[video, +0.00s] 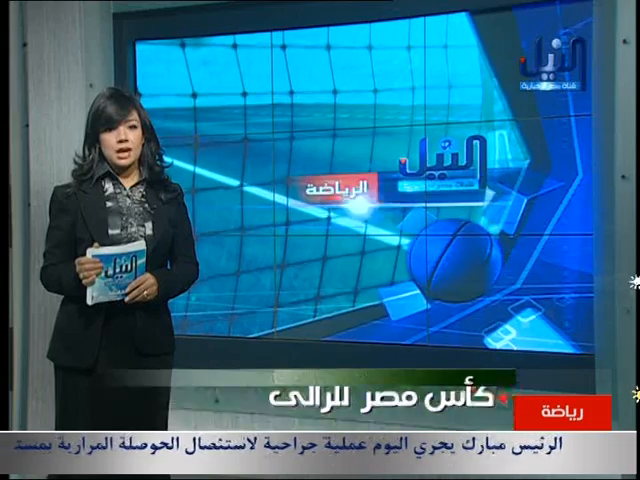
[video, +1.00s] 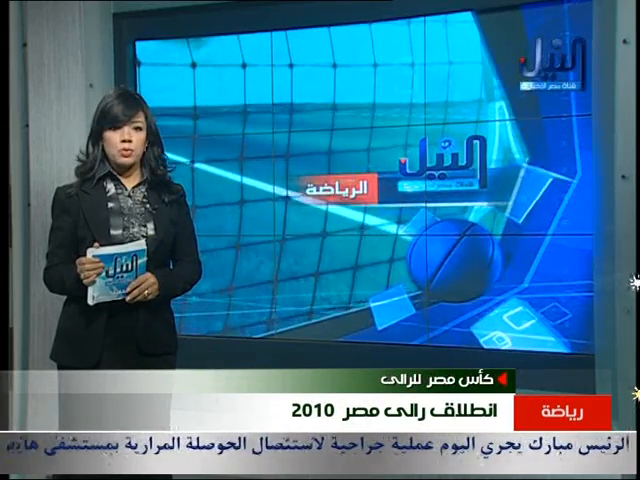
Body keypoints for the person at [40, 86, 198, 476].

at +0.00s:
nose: (123, 137)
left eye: (131, 126)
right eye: (111, 129)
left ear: (145, 133)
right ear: (97, 139)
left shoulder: (167, 195)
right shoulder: (70, 198)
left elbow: (187, 266)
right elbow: (50, 273)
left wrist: (161, 282)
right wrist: (76, 273)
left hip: (148, 345)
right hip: (84, 346)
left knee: (146, 450)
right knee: (80, 450)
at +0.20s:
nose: (124, 137)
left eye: (133, 127)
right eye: (112, 129)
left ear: (146, 134)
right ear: (97, 138)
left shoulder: (168, 196)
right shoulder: (70, 198)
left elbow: (188, 267)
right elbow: (51, 275)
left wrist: (161, 282)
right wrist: (77, 273)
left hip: (148, 349)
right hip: (84, 349)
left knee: (148, 453)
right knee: (81, 452)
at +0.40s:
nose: (125, 136)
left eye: (134, 126)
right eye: (114, 127)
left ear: (146, 135)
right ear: (98, 136)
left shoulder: (168, 196)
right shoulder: (70, 198)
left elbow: (189, 267)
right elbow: (52, 274)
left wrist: (162, 281)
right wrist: (77, 273)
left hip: (149, 348)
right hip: (85, 349)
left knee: (148, 452)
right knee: (81, 452)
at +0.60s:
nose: (126, 136)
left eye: (135, 127)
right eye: (115, 128)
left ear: (147, 136)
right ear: (99, 136)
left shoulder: (168, 196)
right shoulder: (71, 197)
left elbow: (189, 267)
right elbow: (52, 274)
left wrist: (162, 282)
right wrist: (78, 273)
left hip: (150, 348)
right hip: (85, 348)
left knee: (148, 452)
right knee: (81, 452)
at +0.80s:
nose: (126, 137)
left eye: (135, 128)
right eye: (115, 128)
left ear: (148, 136)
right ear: (99, 137)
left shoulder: (169, 196)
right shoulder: (72, 198)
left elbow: (190, 267)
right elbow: (53, 274)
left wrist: (162, 281)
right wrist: (78, 273)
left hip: (150, 348)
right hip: (86, 349)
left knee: (149, 453)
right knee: (82, 453)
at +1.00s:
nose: (127, 137)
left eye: (136, 128)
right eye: (116, 128)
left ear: (148, 137)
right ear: (100, 137)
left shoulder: (170, 197)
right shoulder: (72, 198)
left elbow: (191, 267)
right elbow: (53, 274)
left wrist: (163, 282)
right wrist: (78, 274)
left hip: (151, 348)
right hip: (86, 348)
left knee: (149, 451)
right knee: (83, 452)